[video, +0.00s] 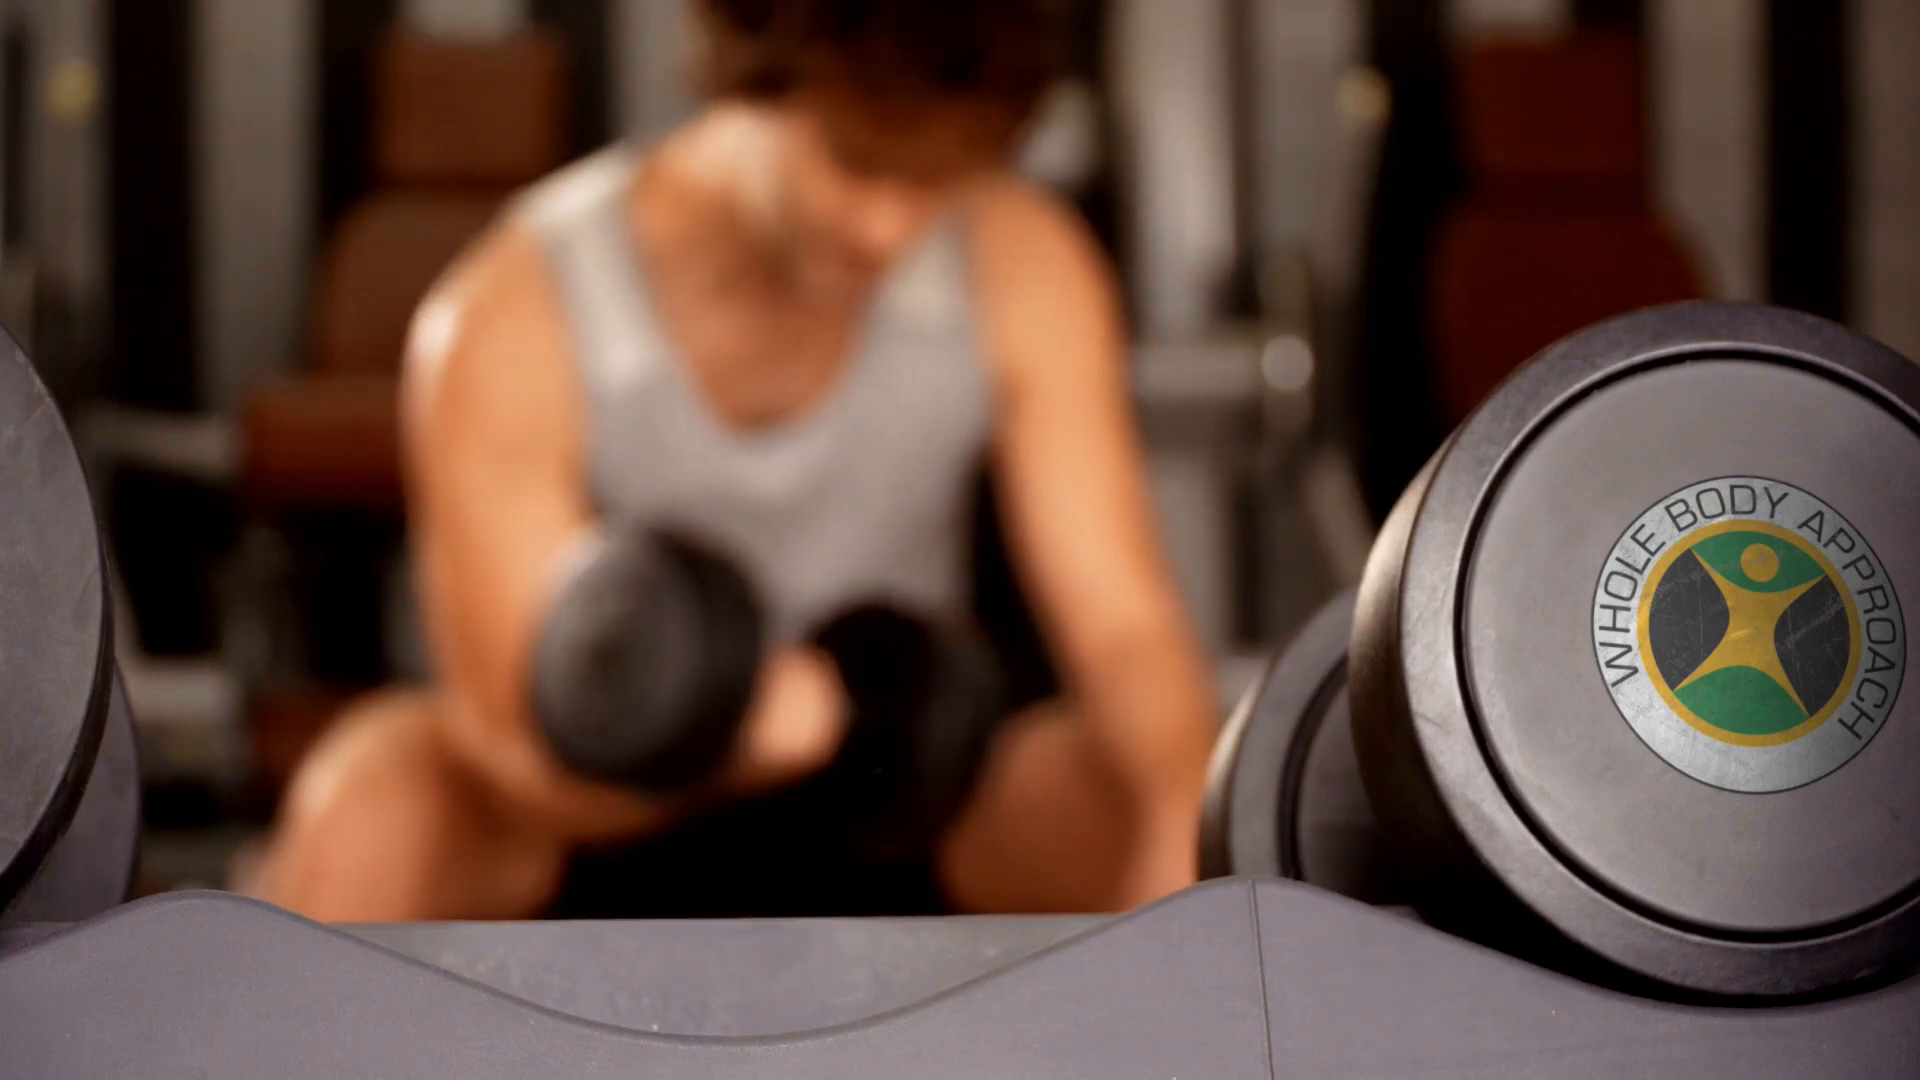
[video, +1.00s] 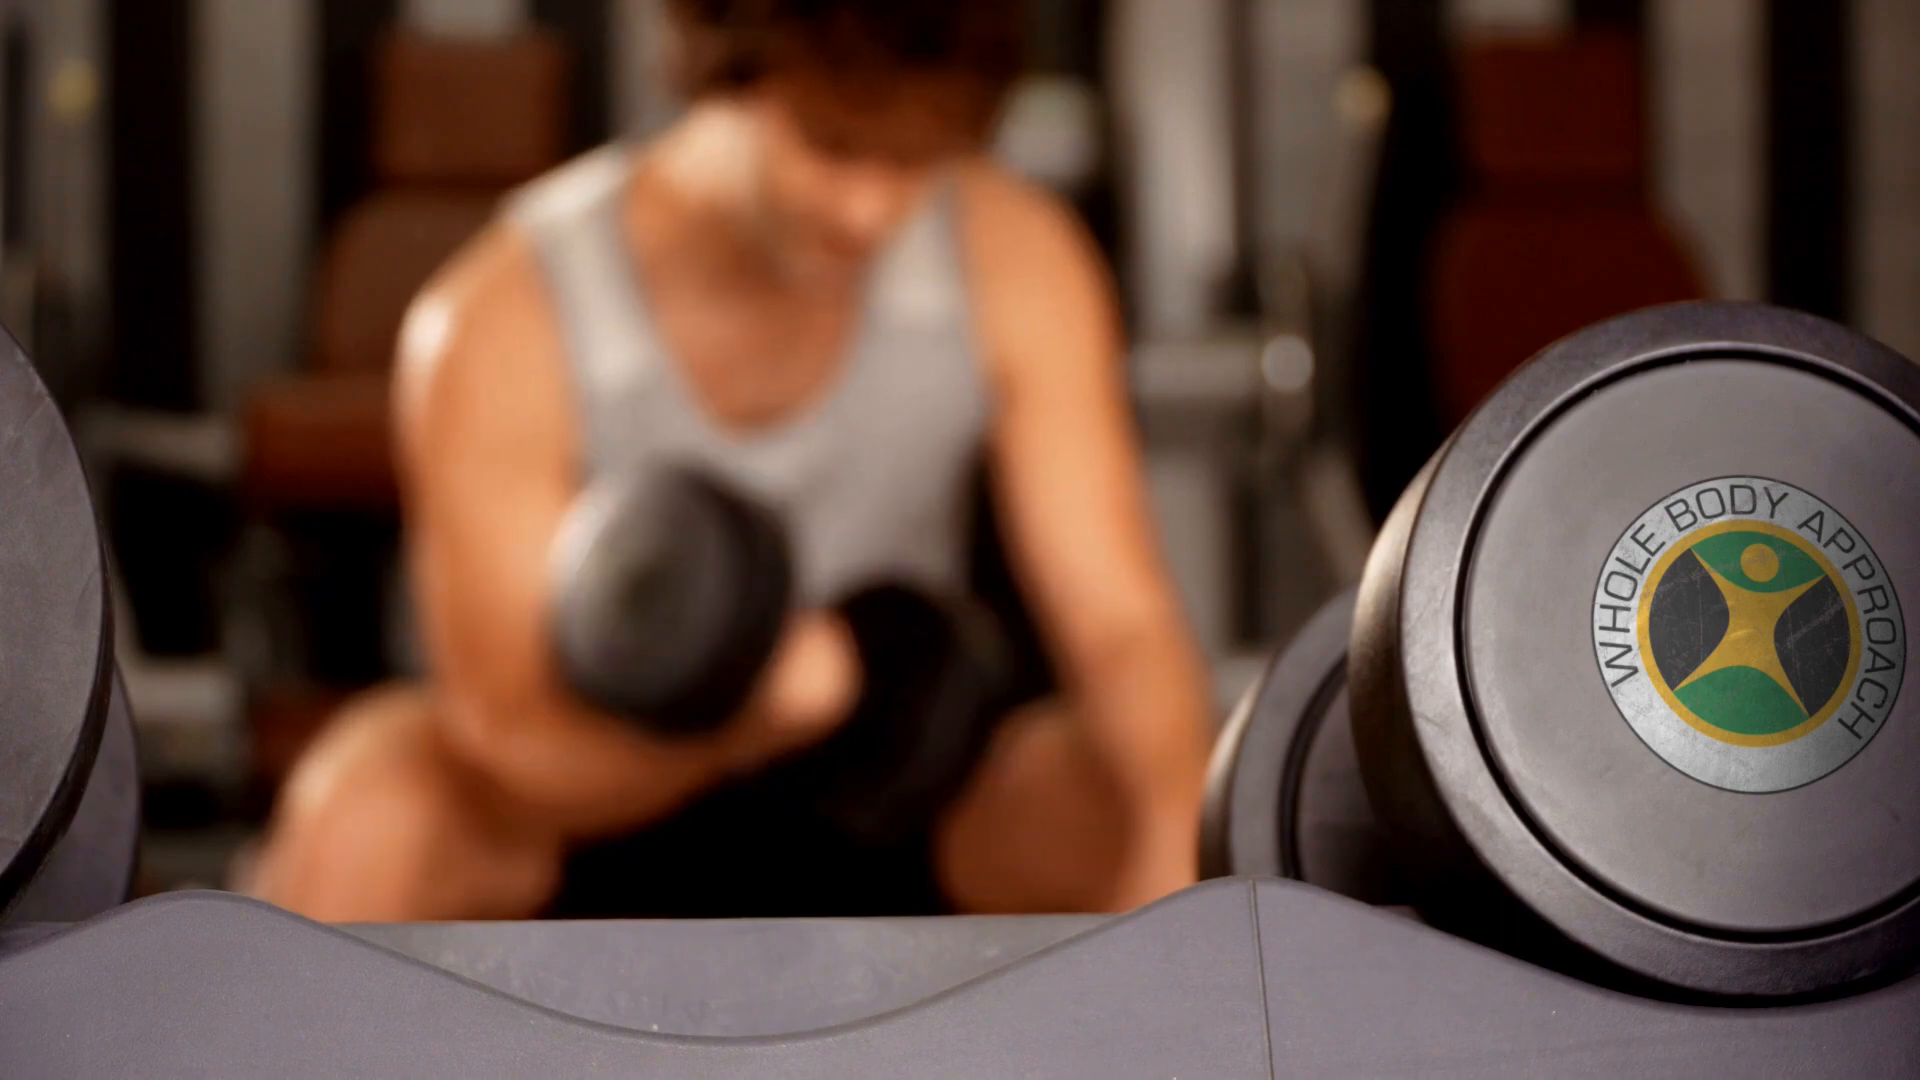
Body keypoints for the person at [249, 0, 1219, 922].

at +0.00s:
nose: (892, 228)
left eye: (938, 180)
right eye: (857, 166)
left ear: (993, 136)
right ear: (758, 76)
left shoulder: (1015, 255)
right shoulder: (511, 312)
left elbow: (1125, 631)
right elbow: (536, 762)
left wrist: (1189, 847)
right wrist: (829, 705)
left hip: (887, 796)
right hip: (599, 813)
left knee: (1180, 800)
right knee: (377, 793)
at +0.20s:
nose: (864, 231)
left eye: (910, 181)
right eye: (829, 168)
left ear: (959, 146)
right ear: (725, 89)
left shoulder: (999, 257)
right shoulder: (477, 320)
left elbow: (1120, 633)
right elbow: (523, 746)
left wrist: (1186, 883)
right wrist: (747, 691)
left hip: (895, 787)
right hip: (600, 796)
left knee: (1167, 811)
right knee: (372, 810)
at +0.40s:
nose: (854, 232)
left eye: (901, 181)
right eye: (815, 171)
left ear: (949, 147)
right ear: (707, 95)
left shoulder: (991, 256)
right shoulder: (465, 331)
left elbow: (1120, 635)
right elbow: (528, 768)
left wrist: (1183, 885)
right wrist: (752, 658)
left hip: (893, 784)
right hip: (597, 808)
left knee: (1176, 814)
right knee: (374, 807)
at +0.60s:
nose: (859, 237)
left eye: (904, 185)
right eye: (820, 176)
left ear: (950, 149)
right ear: (713, 110)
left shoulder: (993, 259)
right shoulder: (468, 334)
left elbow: (1122, 637)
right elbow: (533, 776)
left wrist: (1179, 881)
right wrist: (753, 631)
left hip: (895, 778)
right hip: (599, 803)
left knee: (1183, 811)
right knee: (372, 805)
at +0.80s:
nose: (862, 235)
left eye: (906, 183)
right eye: (824, 174)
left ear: (953, 151)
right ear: (721, 109)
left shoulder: (997, 258)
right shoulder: (476, 332)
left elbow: (1121, 636)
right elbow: (536, 778)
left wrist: (1180, 881)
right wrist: (761, 623)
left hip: (900, 777)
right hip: (603, 802)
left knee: (1183, 812)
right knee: (374, 803)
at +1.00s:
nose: (870, 209)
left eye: (918, 161)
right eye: (835, 149)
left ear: (970, 126)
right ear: (734, 73)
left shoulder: (1009, 250)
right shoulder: (500, 316)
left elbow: (1120, 624)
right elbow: (516, 745)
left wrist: (1177, 869)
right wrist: (767, 715)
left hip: (894, 785)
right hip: (604, 798)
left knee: (1174, 803)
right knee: (368, 802)